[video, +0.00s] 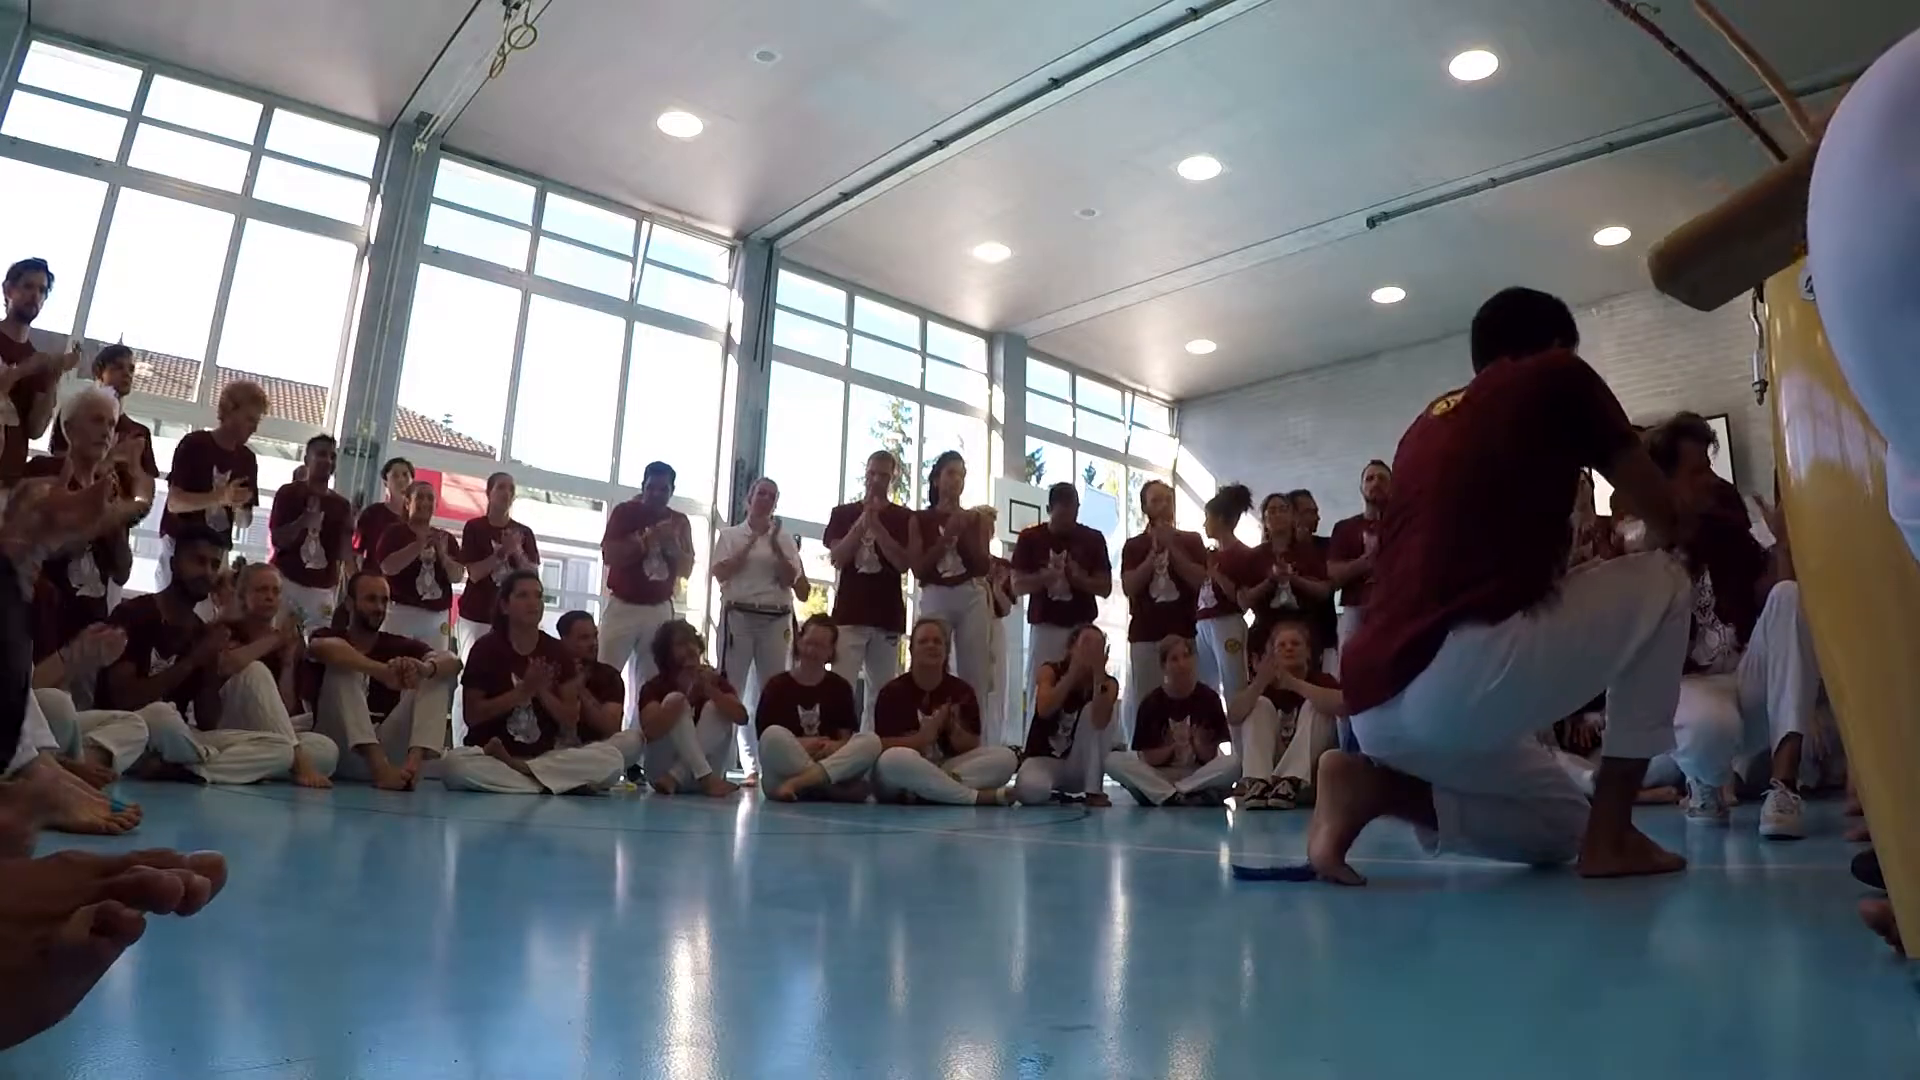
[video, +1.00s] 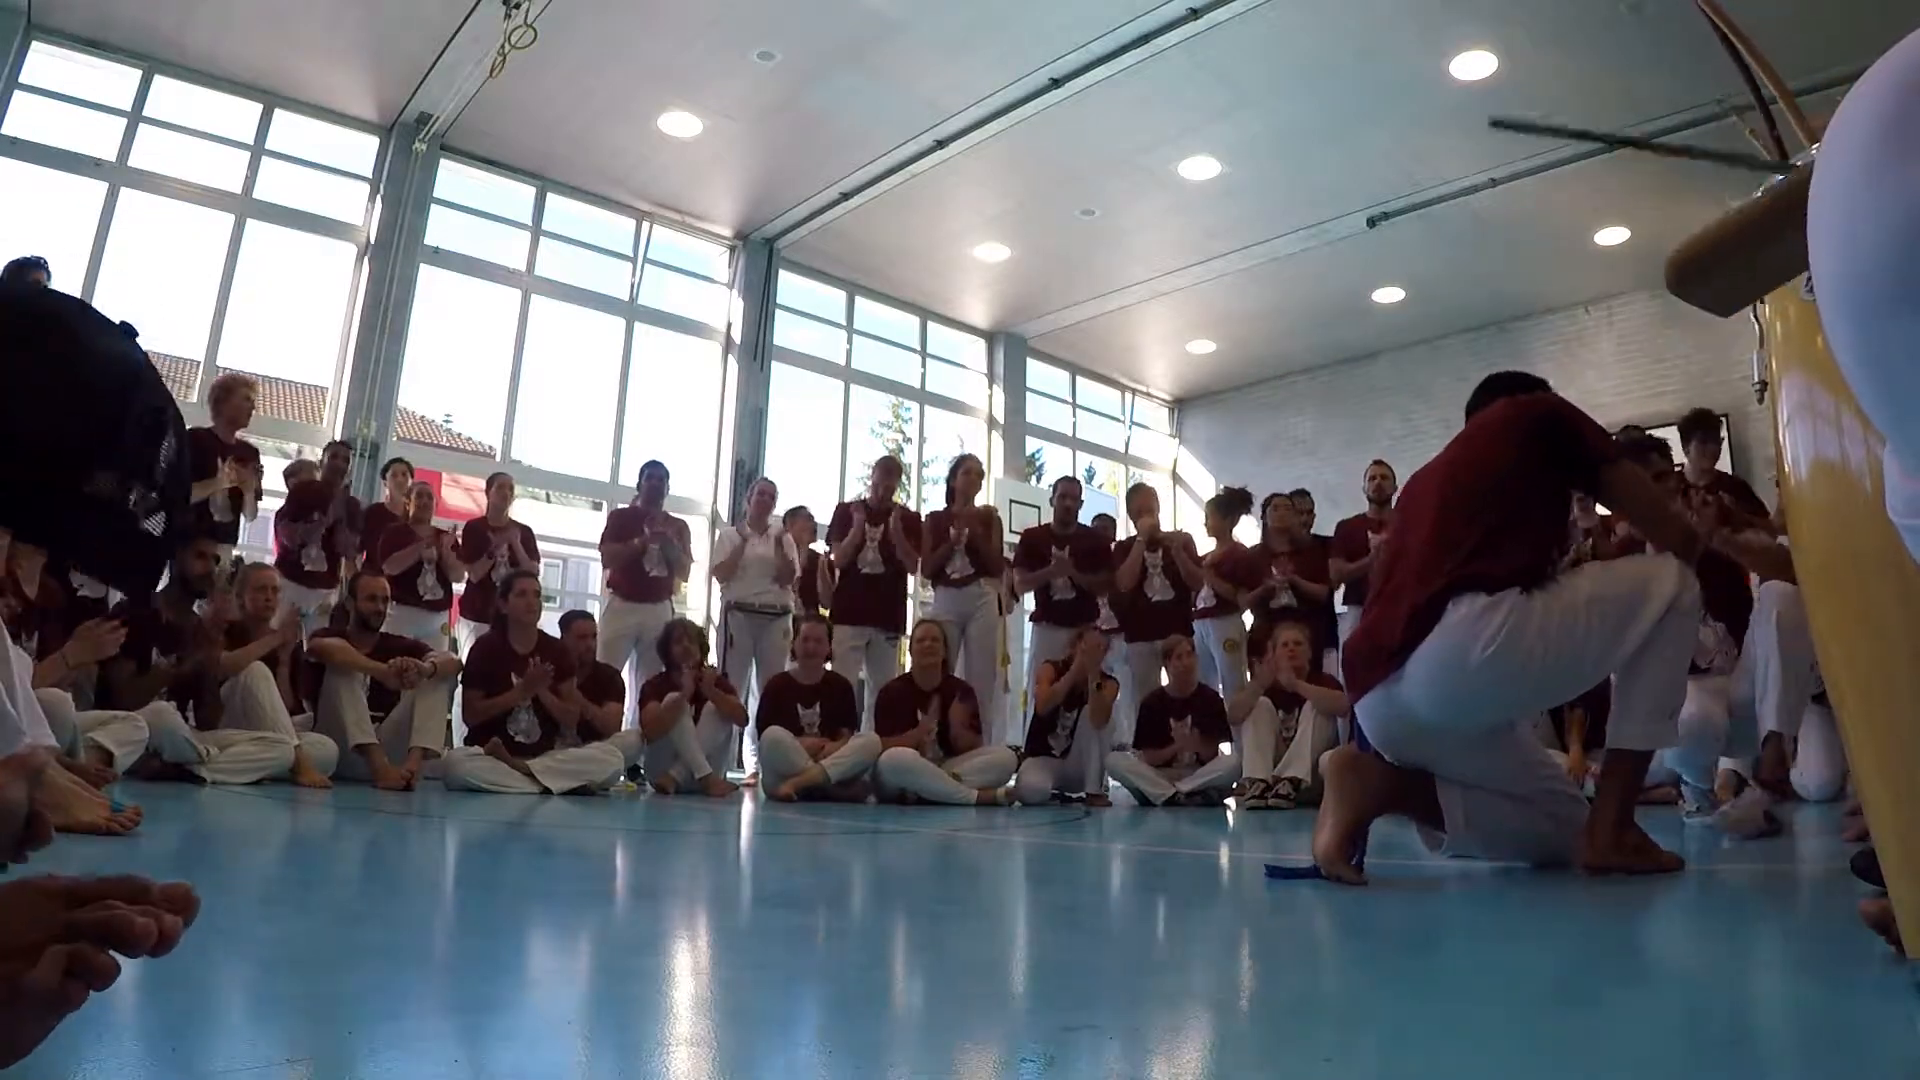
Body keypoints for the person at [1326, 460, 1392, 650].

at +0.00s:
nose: (1376, 483)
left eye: (1382, 478)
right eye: (1370, 478)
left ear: (1392, 486)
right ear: (1362, 487)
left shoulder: (1400, 525)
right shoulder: (1344, 528)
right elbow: (1335, 572)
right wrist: (1368, 559)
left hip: (1391, 609)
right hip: (1354, 609)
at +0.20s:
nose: (1370, 484)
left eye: (1376, 479)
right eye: (1364, 480)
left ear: (1387, 488)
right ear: (1357, 490)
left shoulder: (1402, 528)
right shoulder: (1340, 531)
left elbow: (1409, 573)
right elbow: (1337, 575)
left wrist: (1382, 558)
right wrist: (1367, 557)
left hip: (1390, 611)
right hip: (1353, 613)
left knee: (1389, 680)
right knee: (1347, 684)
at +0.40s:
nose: (1368, 483)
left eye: (1374, 479)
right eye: (1362, 479)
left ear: (1385, 487)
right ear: (1355, 488)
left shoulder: (1403, 528)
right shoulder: (1339, 530)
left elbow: (1407, 576)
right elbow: (1337, 575)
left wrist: (1386, 554)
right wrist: (1367, 557)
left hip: (1390, 611)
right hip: (1352, 612)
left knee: (1389, 680)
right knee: (1345, 682)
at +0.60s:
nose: (1367, 484)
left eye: (1373, 479)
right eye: (1361, 480)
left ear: (1384, 488)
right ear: (1354, 489)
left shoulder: (1402, 528)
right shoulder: (1339, 530)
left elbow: (1406, 578)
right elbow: (1335, 577)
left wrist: (1392, 555)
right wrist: (1358, 555)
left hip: (1389, 611)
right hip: (1353, 612)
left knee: (1389, 675)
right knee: (1346, 679)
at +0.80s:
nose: (1370, 485)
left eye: (1376, 479)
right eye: (1364, 480)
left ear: (1388, 488)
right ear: (1356, 489)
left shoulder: (1403, 527)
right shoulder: (1343, 530)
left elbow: (1408, 574)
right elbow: (1339, 575)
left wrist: (1378, 565)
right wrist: (1370, 560)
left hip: (1392, 611)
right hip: (1355, 612)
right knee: (1351, 678)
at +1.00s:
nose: (1378, 483)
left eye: (1384, 478)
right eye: (1372, 478)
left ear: (1395, 487)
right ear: (1364, 487)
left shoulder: (1405, 525)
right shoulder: (1347, 527)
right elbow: (1337, 573)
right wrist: (1372, 558)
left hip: (1395, 608)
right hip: (1357, 609)